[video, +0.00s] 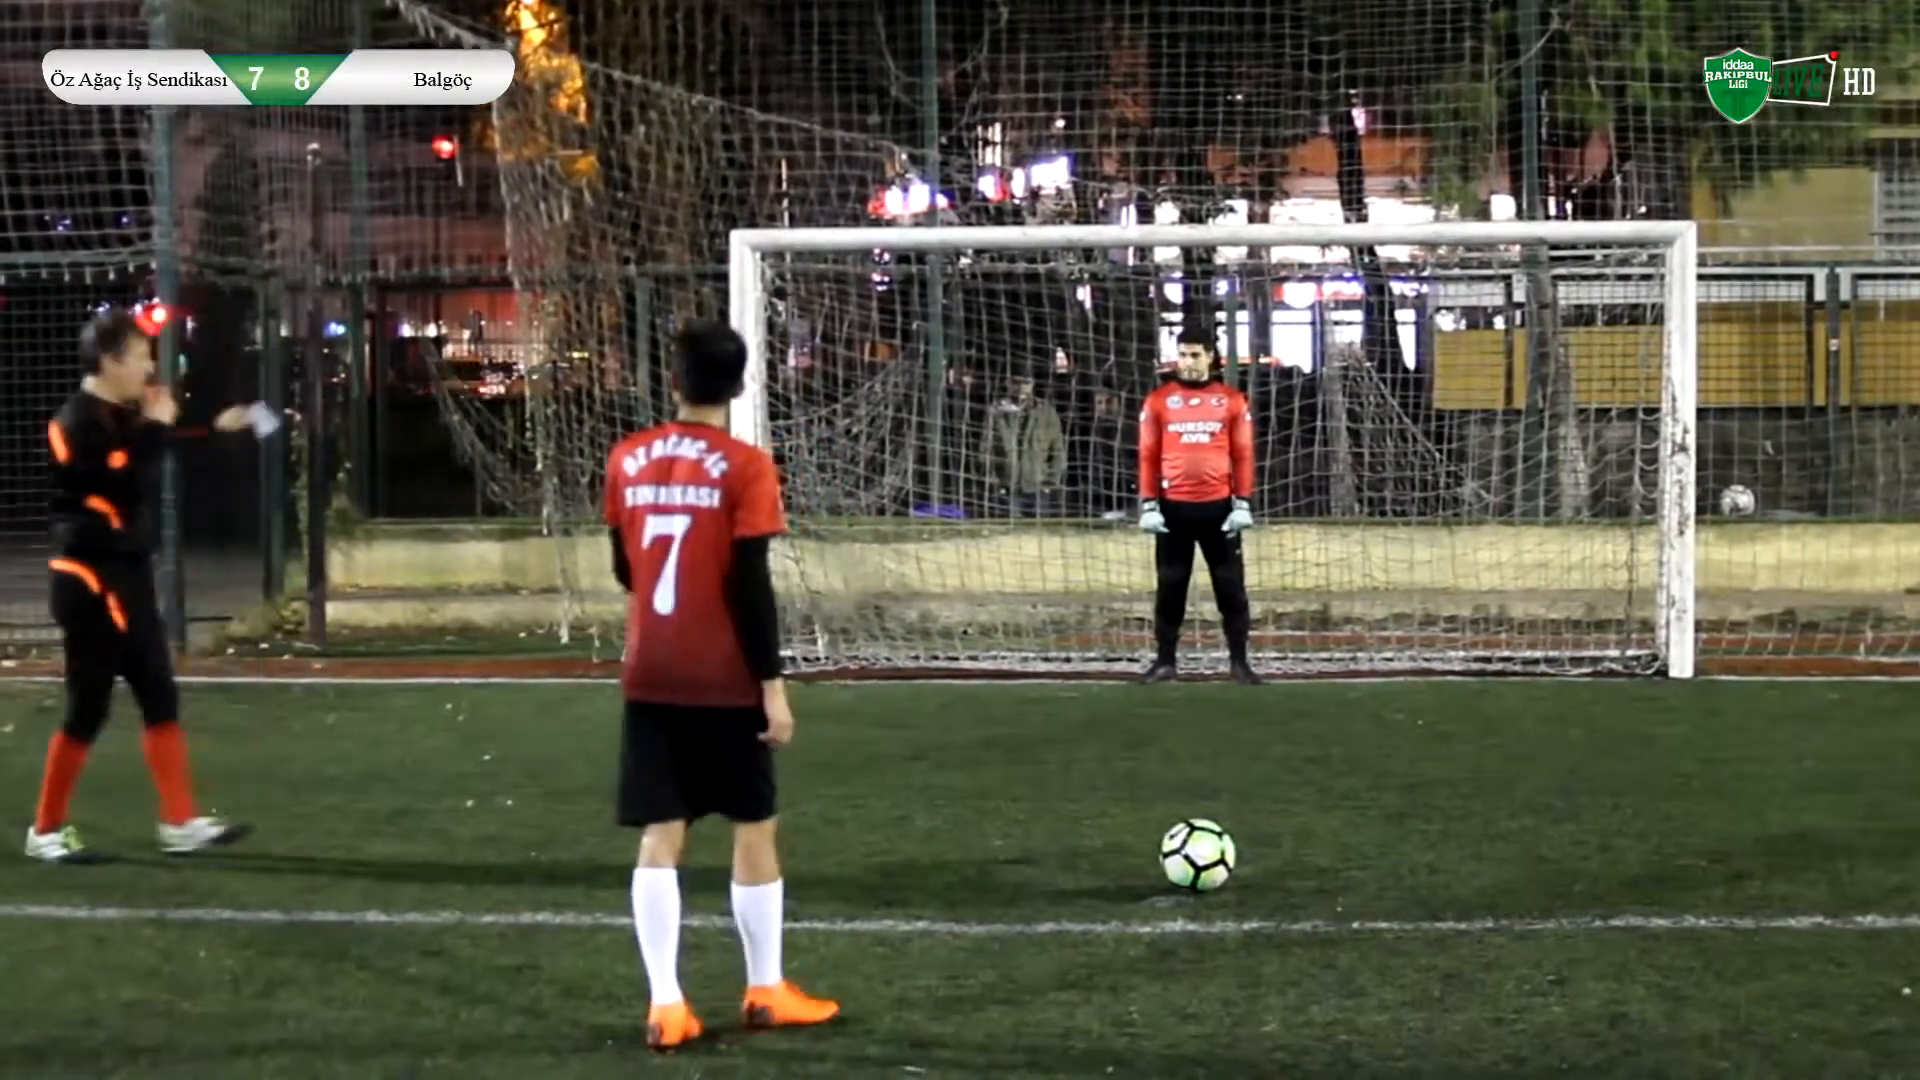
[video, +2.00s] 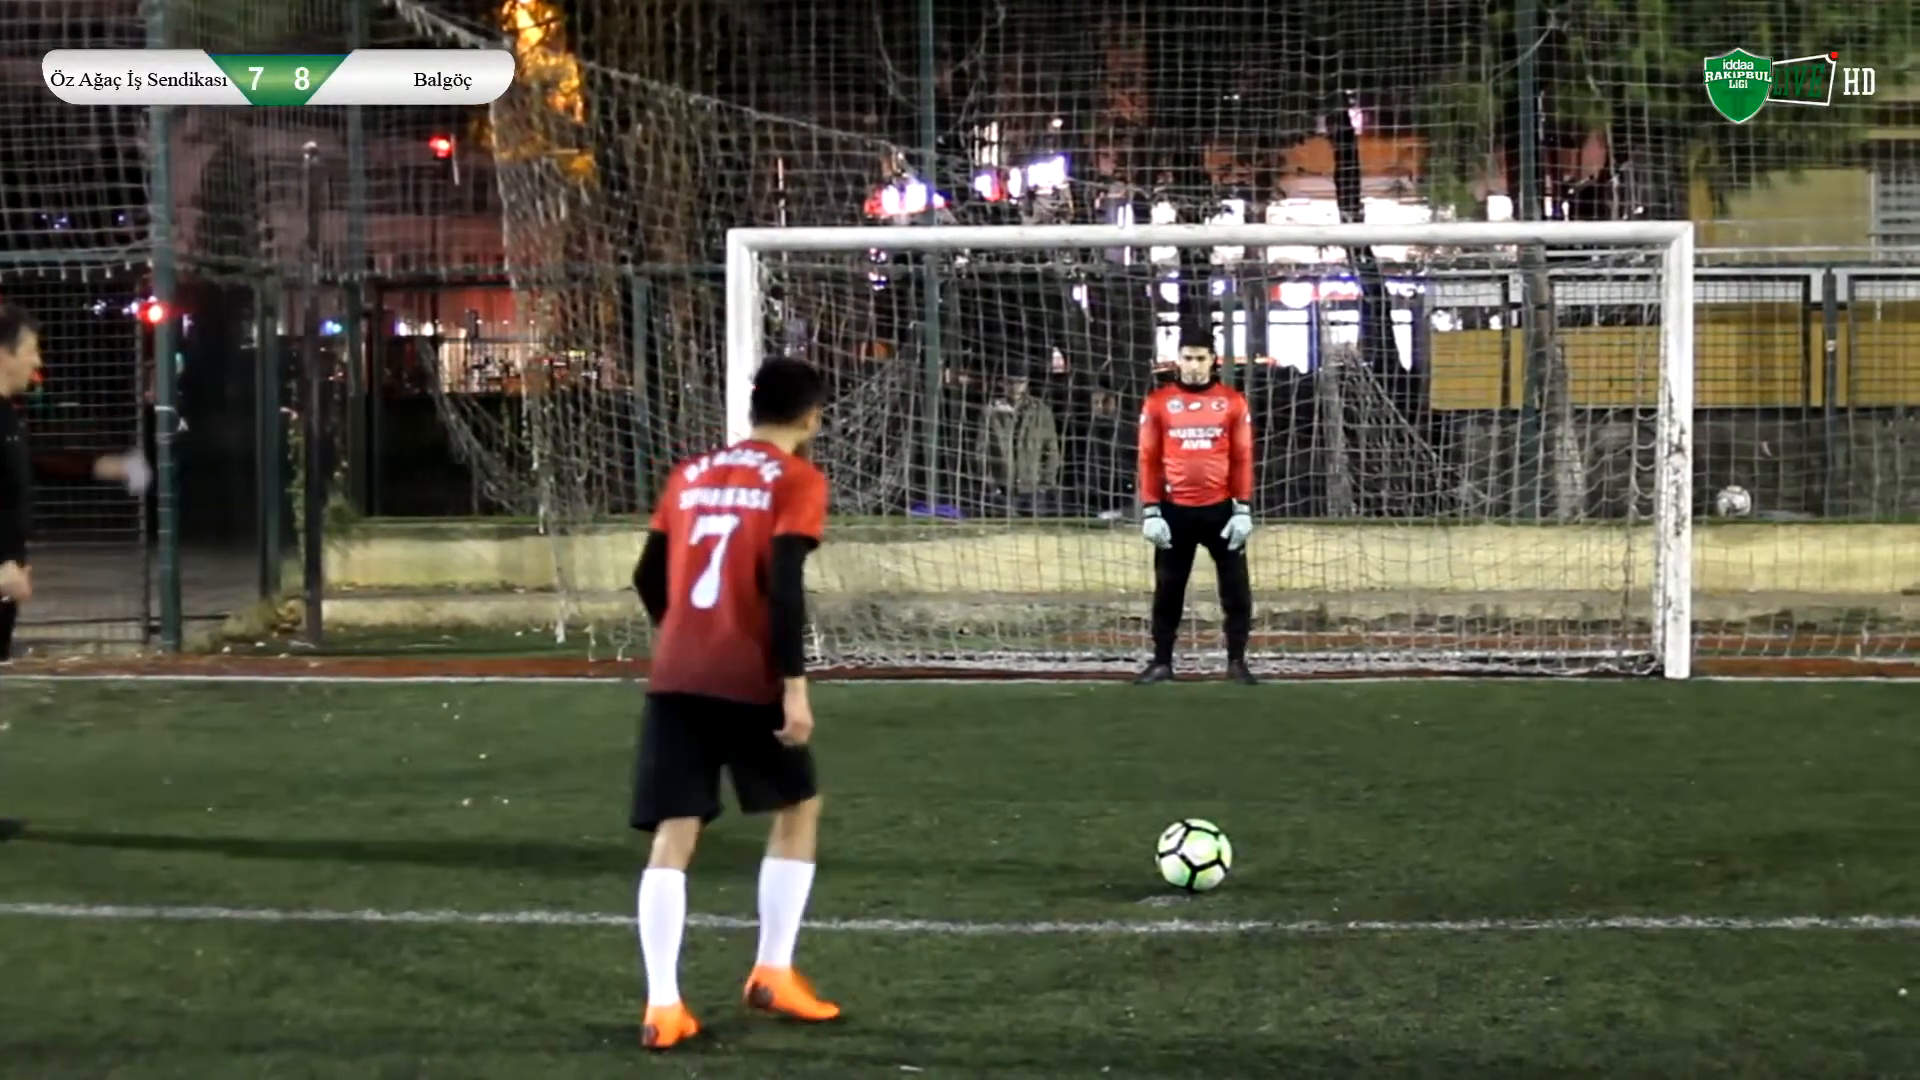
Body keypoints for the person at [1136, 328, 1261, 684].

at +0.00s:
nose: (1188, 362)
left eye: (1196, 355)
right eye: (1184, 355)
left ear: (1212, 359)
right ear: (1176, 357)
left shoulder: (1232, 401)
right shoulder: (1158, 400)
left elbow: (1243, 453)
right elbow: (1148, 454)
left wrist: (1242, 500)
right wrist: (1149, 502)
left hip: (1219, 505)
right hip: (1173, 506)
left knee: (1231, 588)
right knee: (1170, 587)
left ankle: (1239, 661)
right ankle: (1165, 660)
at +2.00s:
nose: (1194, 366)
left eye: (1201, 358)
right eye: (1187, 358)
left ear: (1213, 360)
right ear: (1178, 361)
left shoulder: (1233, 403)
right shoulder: (1157, 403)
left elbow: (1243, 457)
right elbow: (1148, 459)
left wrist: (1242, 507)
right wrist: (1151, 509)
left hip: (1221, 510)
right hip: (1174, 512)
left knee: (1236, 591)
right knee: (1168, 591)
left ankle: (1237, 660)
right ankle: (1162, 660)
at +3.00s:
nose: (1215, 384)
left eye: (1222, 378)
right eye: (1209, 377)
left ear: (1232, 382)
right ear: (1197, 379)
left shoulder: (1252, 420)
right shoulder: (1178, 418)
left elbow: (1275, 467)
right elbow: (1153, 463)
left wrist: (1305, 508)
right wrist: (1119, 504)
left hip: (1237, 529)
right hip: (1190, 527)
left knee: (1251, 598)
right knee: (1159, 589)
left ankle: (1254, 664)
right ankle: (1151, 658)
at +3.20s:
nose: (1205, 433)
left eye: (1212, 425)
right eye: (1198, 425)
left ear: (1225, 427)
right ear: (1189, 428)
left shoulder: (1250, 458)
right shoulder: (1179, 461)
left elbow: (1279, 500)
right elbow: (1148, 496)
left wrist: (1309, 540)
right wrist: (1112, 524)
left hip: (1246, 546)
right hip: (1199, 546)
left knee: (1270, 593)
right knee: (1160, 602)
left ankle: (1235, 657)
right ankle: (1114, 674)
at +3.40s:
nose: (1217, 488)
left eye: (1224, 479)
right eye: (1210, 480)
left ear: (1237, 482)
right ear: (1199, 484)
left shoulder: (1255, 512)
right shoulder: (1188, 512)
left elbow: (1283, 539)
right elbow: (1157, 543)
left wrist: (1300, 564)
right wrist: (1123, 566)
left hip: (1247, 585)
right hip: (1201, 581)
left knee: (1278, 608)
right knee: (1154, 620)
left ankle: (1248, 680)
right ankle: (1104, 681)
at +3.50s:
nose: (1235, 495)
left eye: (1245, 488)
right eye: (1229, 486)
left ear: (1259, 495)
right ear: (1219, 489)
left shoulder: (1270, 524)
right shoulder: (1203, 520)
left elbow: (1296, 555)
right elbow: (1179, 548)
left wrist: (1313, 576)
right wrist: (1149, 564)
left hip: (1254, 601)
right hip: (1209, 595)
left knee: (1283, 631)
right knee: (1155, 627)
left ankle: (1240, 692)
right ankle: (1098, 687)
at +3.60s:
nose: (1282, 498)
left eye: (1291, 491)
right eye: (1275, 490)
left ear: (1303, 497)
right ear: (1262, 493)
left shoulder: (1314, 530)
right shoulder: (1242, 525)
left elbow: (1333, 585)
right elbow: (1199, 562)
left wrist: (1340, 568)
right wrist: (1222, 564)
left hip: (1272, 616)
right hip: (1229, 608)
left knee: (1300, 639)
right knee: (1180, 642)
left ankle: (1238, 694)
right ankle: (1112, 674)